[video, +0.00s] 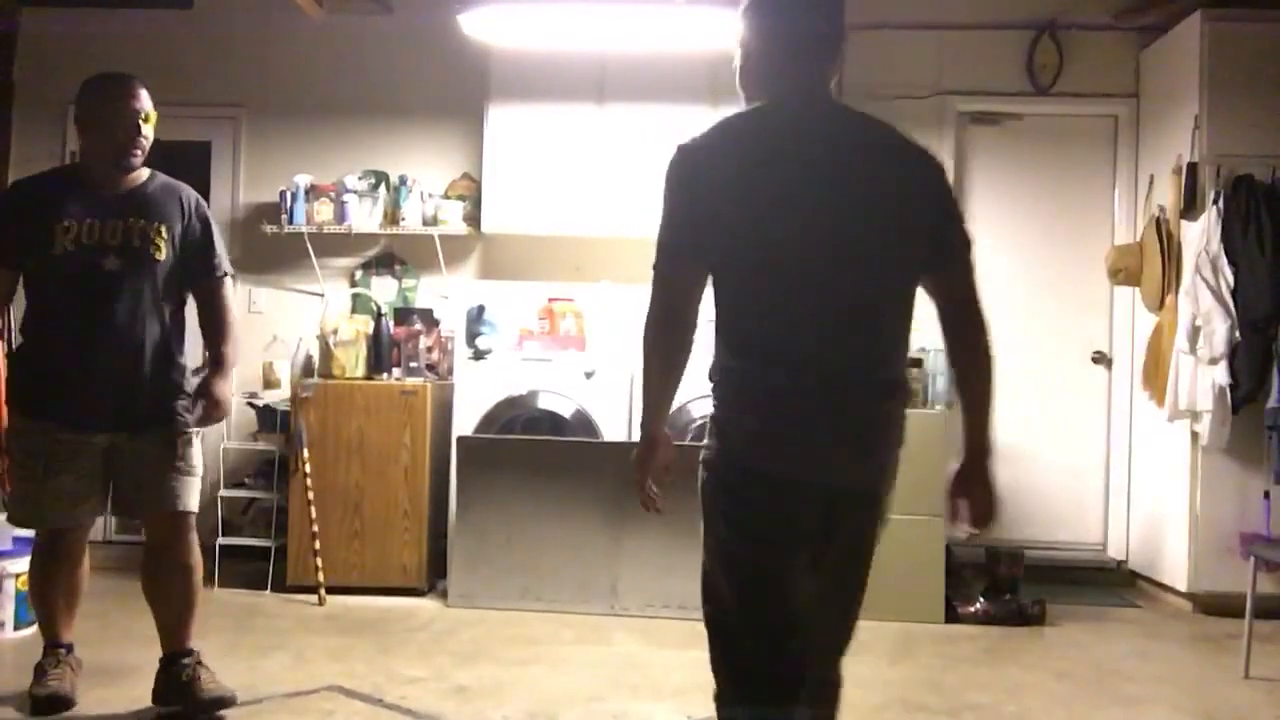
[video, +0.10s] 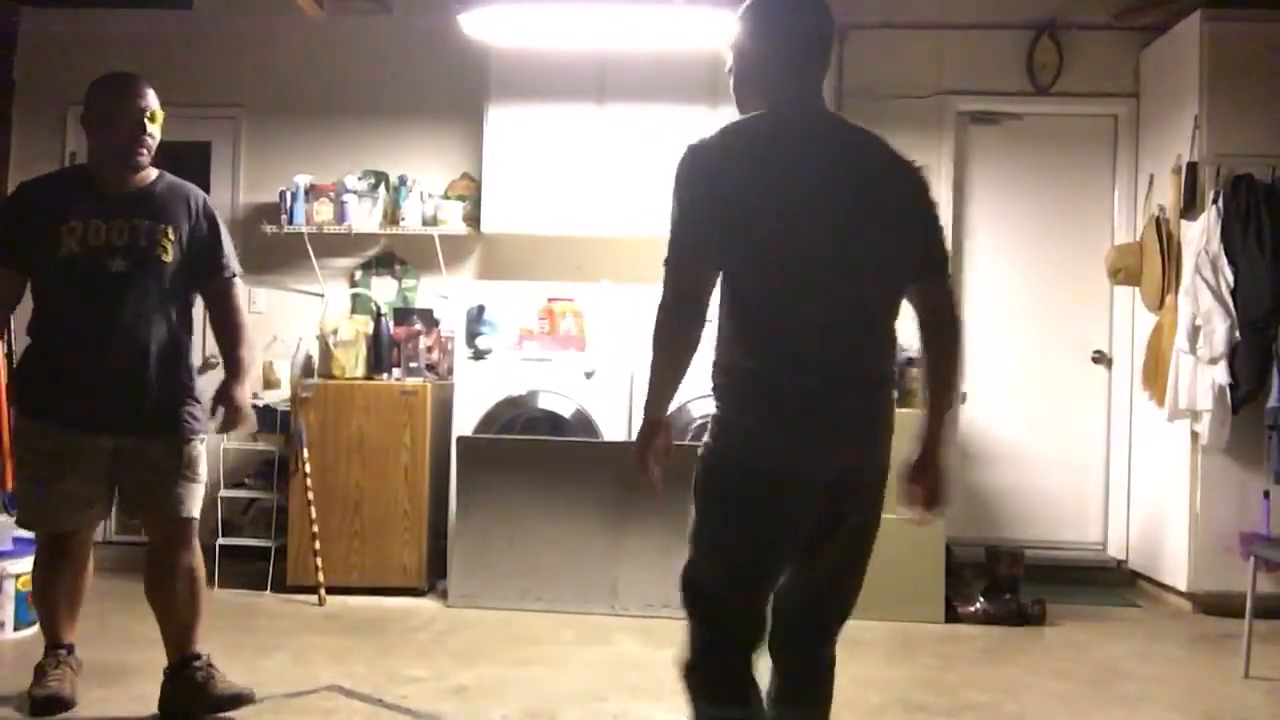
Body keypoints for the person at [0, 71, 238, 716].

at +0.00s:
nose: (142, 133)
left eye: (148, 121)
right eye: (126, 120)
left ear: (156, 128)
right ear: (83, 125)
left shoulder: (184, 206)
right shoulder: (27, 202)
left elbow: (214, 295)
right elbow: (1, 301)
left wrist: (222, 369)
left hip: (160, 400)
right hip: (57, 400)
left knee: (176, 525)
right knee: (61, 534)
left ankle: (180, 662)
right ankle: (57, 656)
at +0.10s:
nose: (146, 131)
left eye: (153, 119)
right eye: (130, 118)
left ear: (162, 128)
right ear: (90, 124)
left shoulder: (189, 206)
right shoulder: (34, 202)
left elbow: (226, 300)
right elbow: (4, 304)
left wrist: (241, 378)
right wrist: (6, 382)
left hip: (166, 403)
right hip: (62, 400)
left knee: (177, 534)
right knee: (63, 537)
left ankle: (187, 670)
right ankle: (58, 659)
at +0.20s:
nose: (158, 127)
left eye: (167, 116)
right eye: (142, 114)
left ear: (178, 129)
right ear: (104, 122)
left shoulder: (206, 209)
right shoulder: (48, 204)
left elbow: (239, 300)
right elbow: (11, 307)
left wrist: (256, 383)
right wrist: (4, 378)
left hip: (180, 405)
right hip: (74, 401)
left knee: (186, 539)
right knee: (67, 536)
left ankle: (190, 674)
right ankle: (60, 657)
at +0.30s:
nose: (174, 125)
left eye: (186, 114)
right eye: (159, 113)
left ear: (201, 128)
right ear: (127, 120)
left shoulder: (225, 210)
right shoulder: (72, 197)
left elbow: (255, 301)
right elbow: (29, 294)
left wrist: (273, 382)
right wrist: (6, 384)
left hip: (195, 408)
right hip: (91, 404)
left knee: (196, 541)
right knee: (75, 536)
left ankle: (192, 676)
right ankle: (62, 656)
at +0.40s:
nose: (197, 121)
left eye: (210, 112)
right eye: (184, 109)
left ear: (225, 127)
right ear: (154, 117)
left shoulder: (249, 210)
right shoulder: (98, 191)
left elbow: (277, 302)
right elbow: (51, 287)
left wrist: (289, 384)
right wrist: (35, 373)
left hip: (210, 407)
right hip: (109, 399)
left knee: (205, 543)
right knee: (86, 535)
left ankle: (192, 678)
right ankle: (63, 654)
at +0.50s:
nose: (220, 119)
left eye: (232, 111)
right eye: (207, 107)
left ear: (246, 124)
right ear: (178, 114)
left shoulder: (270, 207)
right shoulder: (126, 181)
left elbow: (302, 294)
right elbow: (75, 266)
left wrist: (311, 375)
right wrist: (88, 344)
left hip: (226, 407)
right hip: (127, 394)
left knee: (210, 543)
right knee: (91, 529)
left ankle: (193, 679)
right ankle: (66, 645)